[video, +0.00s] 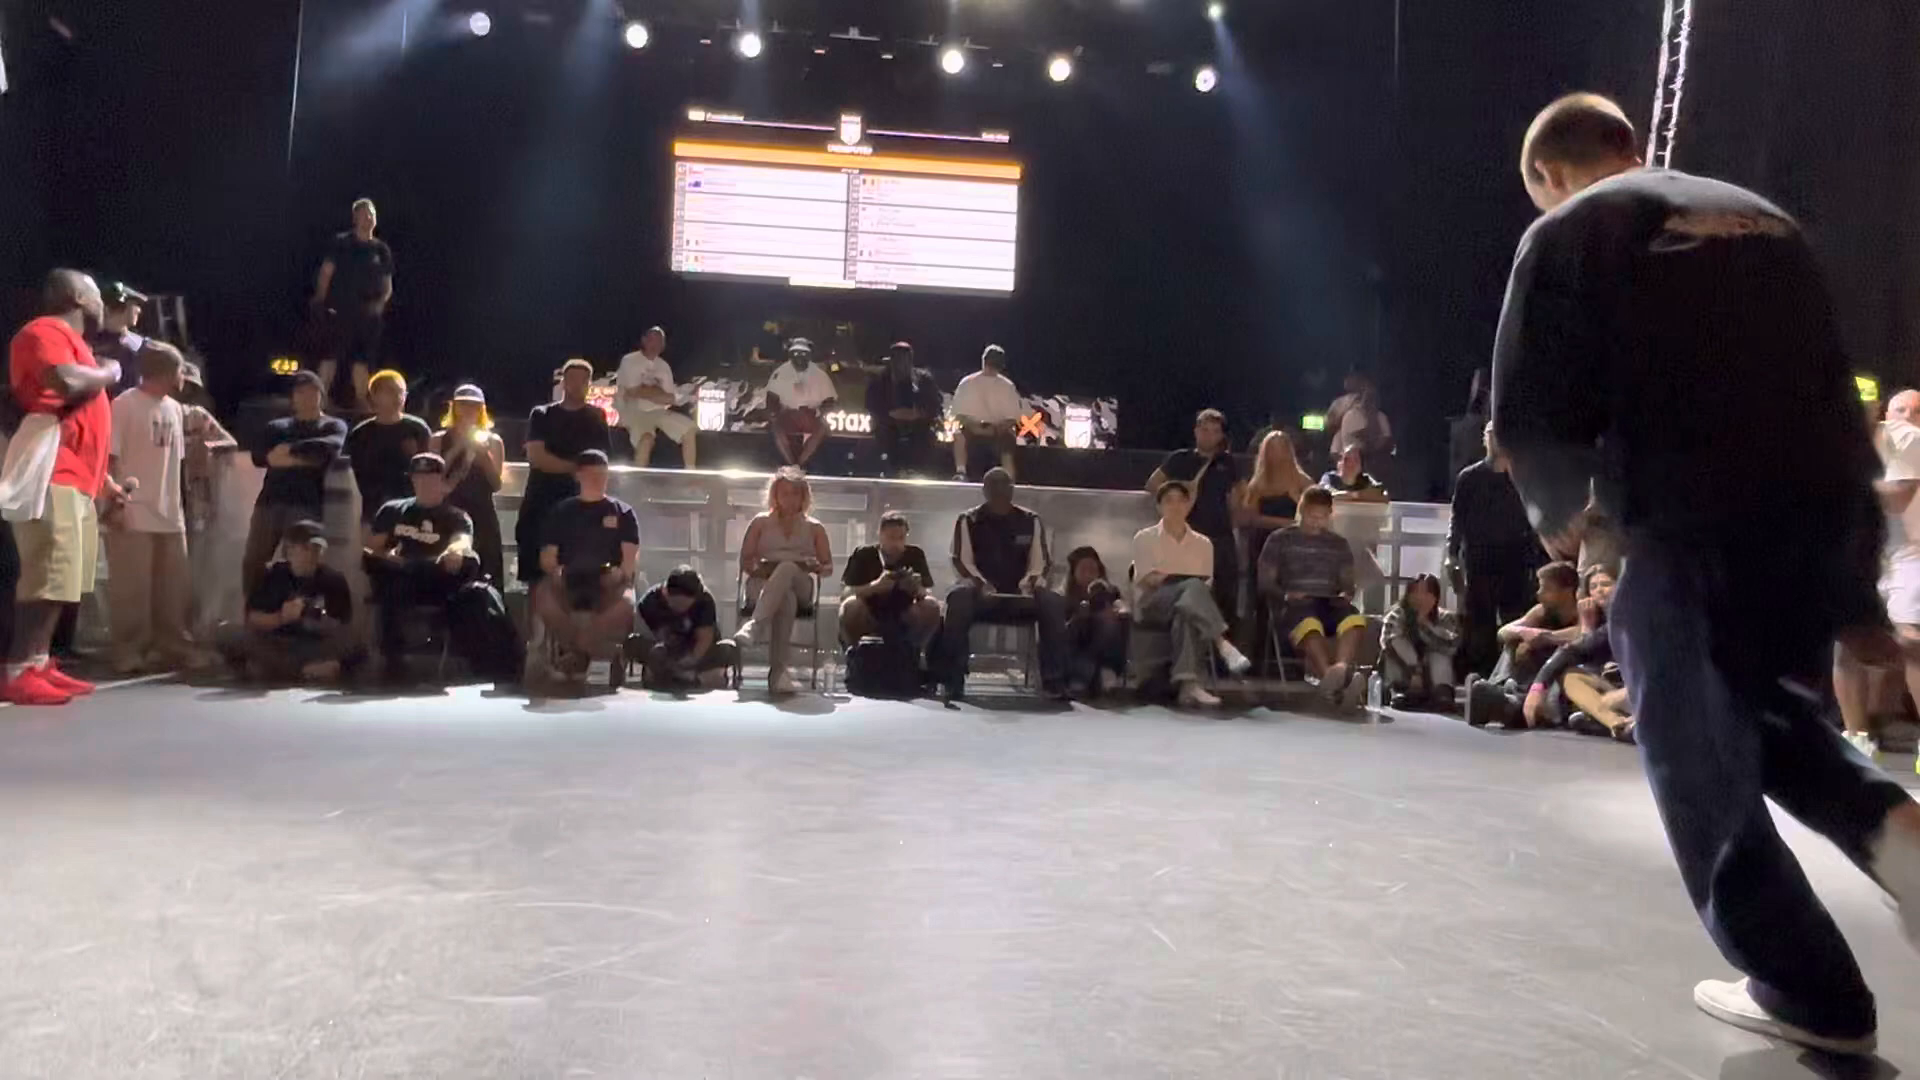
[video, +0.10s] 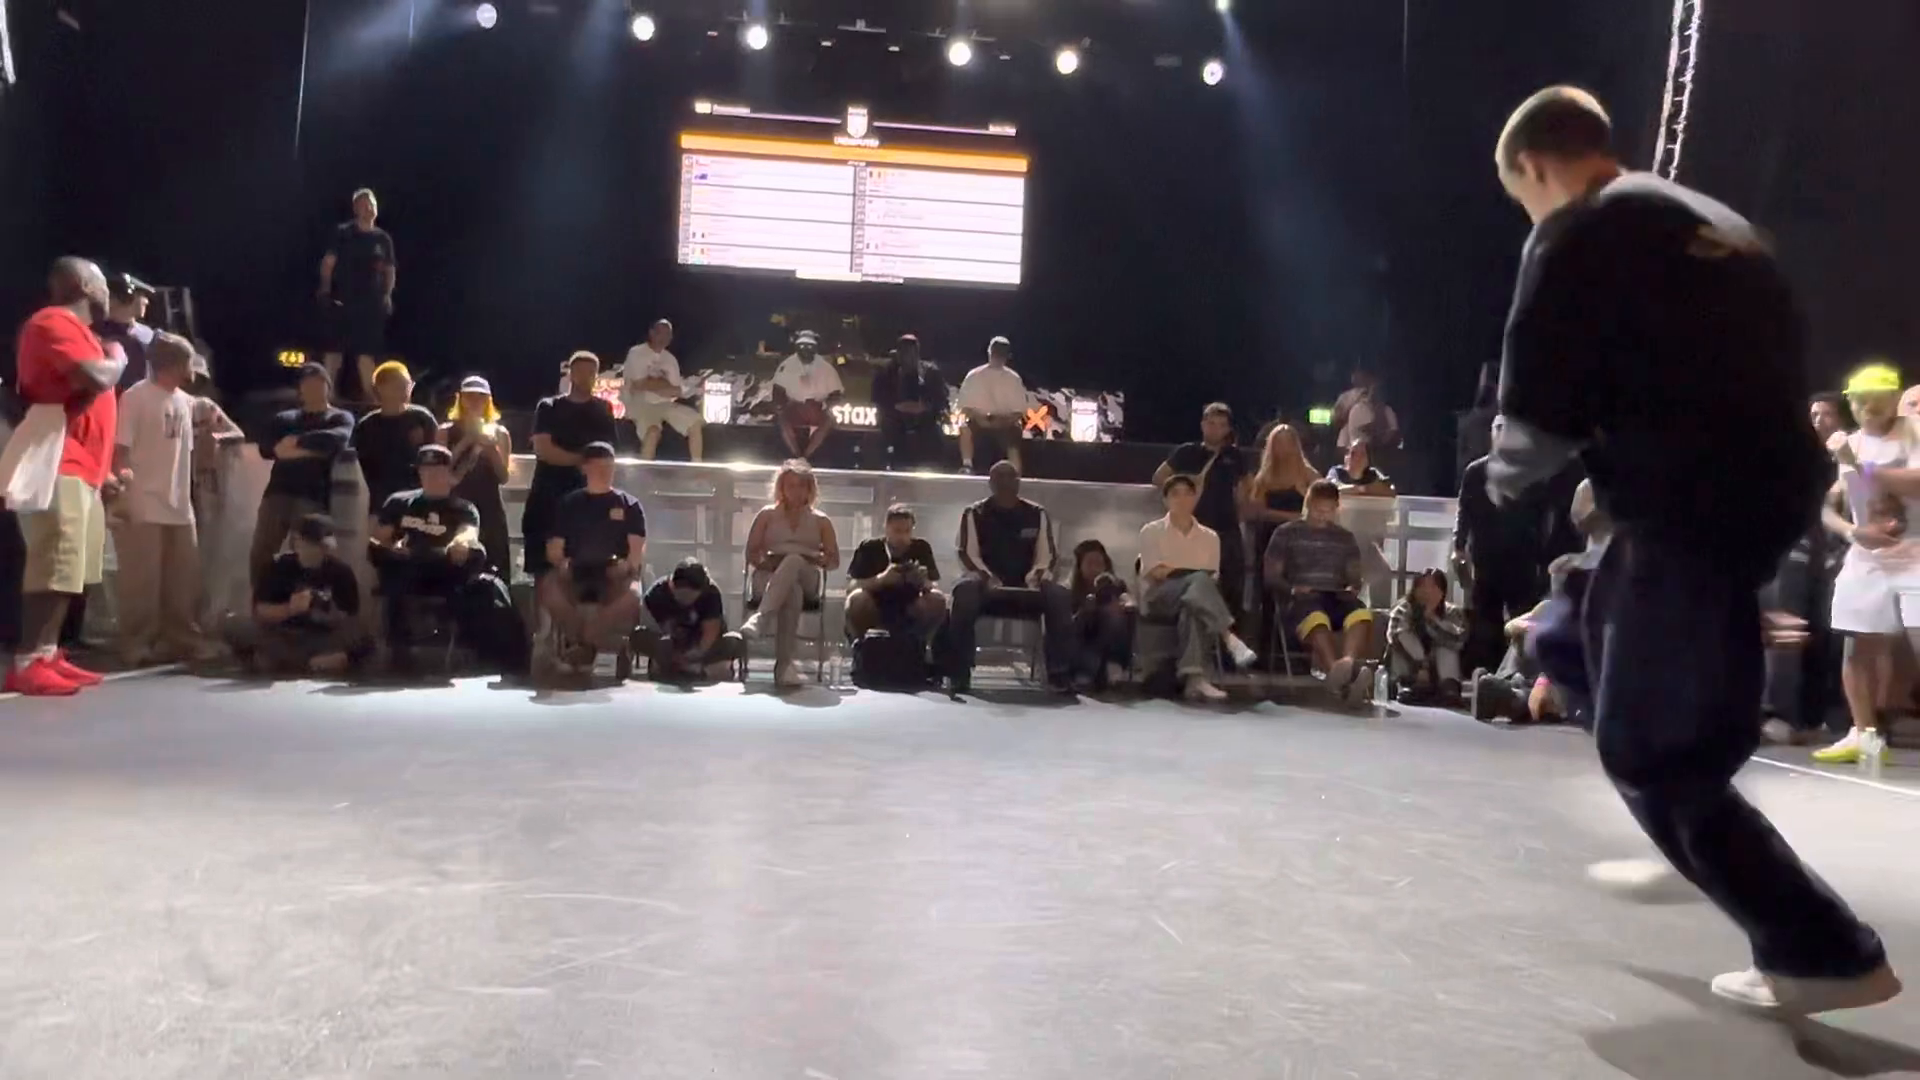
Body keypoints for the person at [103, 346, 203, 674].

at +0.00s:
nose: (180, 381)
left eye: (180, 375)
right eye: (176, 375)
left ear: (166, 375)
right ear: (158, 374)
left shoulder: (175, 409)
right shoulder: (124, 406)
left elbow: (175, 458)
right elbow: (112, 456)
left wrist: (179, 501)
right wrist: (114, 498)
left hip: (169, 509)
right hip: (132, 510)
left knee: (174, 583)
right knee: (131, 586)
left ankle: (173, 644)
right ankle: (128, 650)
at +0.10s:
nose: (189, 375)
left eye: (190, 368)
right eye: (185, 368)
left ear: (179, 368)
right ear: (165, 366)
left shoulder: (185, 401)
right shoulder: (134, 397)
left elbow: (187, 448)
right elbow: (121, 449)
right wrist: (125, 482)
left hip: (178, 498)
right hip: (142, 499)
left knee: (184, 573)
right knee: (140, 577)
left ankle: (182, 635)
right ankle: (136, 642)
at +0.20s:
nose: (201, 367)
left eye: (201, 360)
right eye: (196, 360)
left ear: (186, 360)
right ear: (176, 359)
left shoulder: (194, 392)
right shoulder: (146, 388)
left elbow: (196, 442)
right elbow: (128, 439)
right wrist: (128, 482)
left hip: (187, 493)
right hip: (150, 494)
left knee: (192, 568)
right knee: (148, 571)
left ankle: (189, 630)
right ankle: (143, 635)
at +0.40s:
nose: (224, 348)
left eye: (223, 341)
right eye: (220, 341)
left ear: (205, 344)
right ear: (201, 343)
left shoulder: (216, 381)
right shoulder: (170, 375)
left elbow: (218, 433)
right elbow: (151, 425)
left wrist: (223, 475)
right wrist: (156, 471)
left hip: (209, 483)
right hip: (173, 482)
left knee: (211, 555)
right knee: (167, 555)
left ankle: (203, 615)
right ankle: (157, 619)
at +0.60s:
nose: (249, 335)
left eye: (248, 329)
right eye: (245, 329)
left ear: (230, 333)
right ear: (227, 333)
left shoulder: (238, 371)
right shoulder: (194, 365)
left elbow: (237, 415)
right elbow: (181, 416)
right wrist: (192, 463)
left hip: (234, 473)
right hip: (199, 474)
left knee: (228, 548)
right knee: (191, 544)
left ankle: (222, 607)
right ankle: (171, 606)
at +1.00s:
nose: (287, 320)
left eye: (286, 313)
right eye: (282, 314)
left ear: (268, 319)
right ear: (263, 318)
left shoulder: (276, 356)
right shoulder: (230, 350)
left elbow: (278, 403)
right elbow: (216, 401)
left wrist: (279, 446)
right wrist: (227, 444)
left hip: (269, 455)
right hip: (234, 455)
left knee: (260, 531)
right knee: (225, 521)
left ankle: (243, 589)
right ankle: (193, 583)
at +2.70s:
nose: (263, 280)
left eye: (262, 273)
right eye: (256, 274)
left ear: (258, 279)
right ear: (237, 278)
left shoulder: (265, 320)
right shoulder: (225, 319)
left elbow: (270, 370)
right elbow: (220, 367)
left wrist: (278, 410)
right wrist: (237, 402)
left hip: (261, 417)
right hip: (229, 418)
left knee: (258, 492)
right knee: (226, 493)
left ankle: (261, 551)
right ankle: (218, 554)